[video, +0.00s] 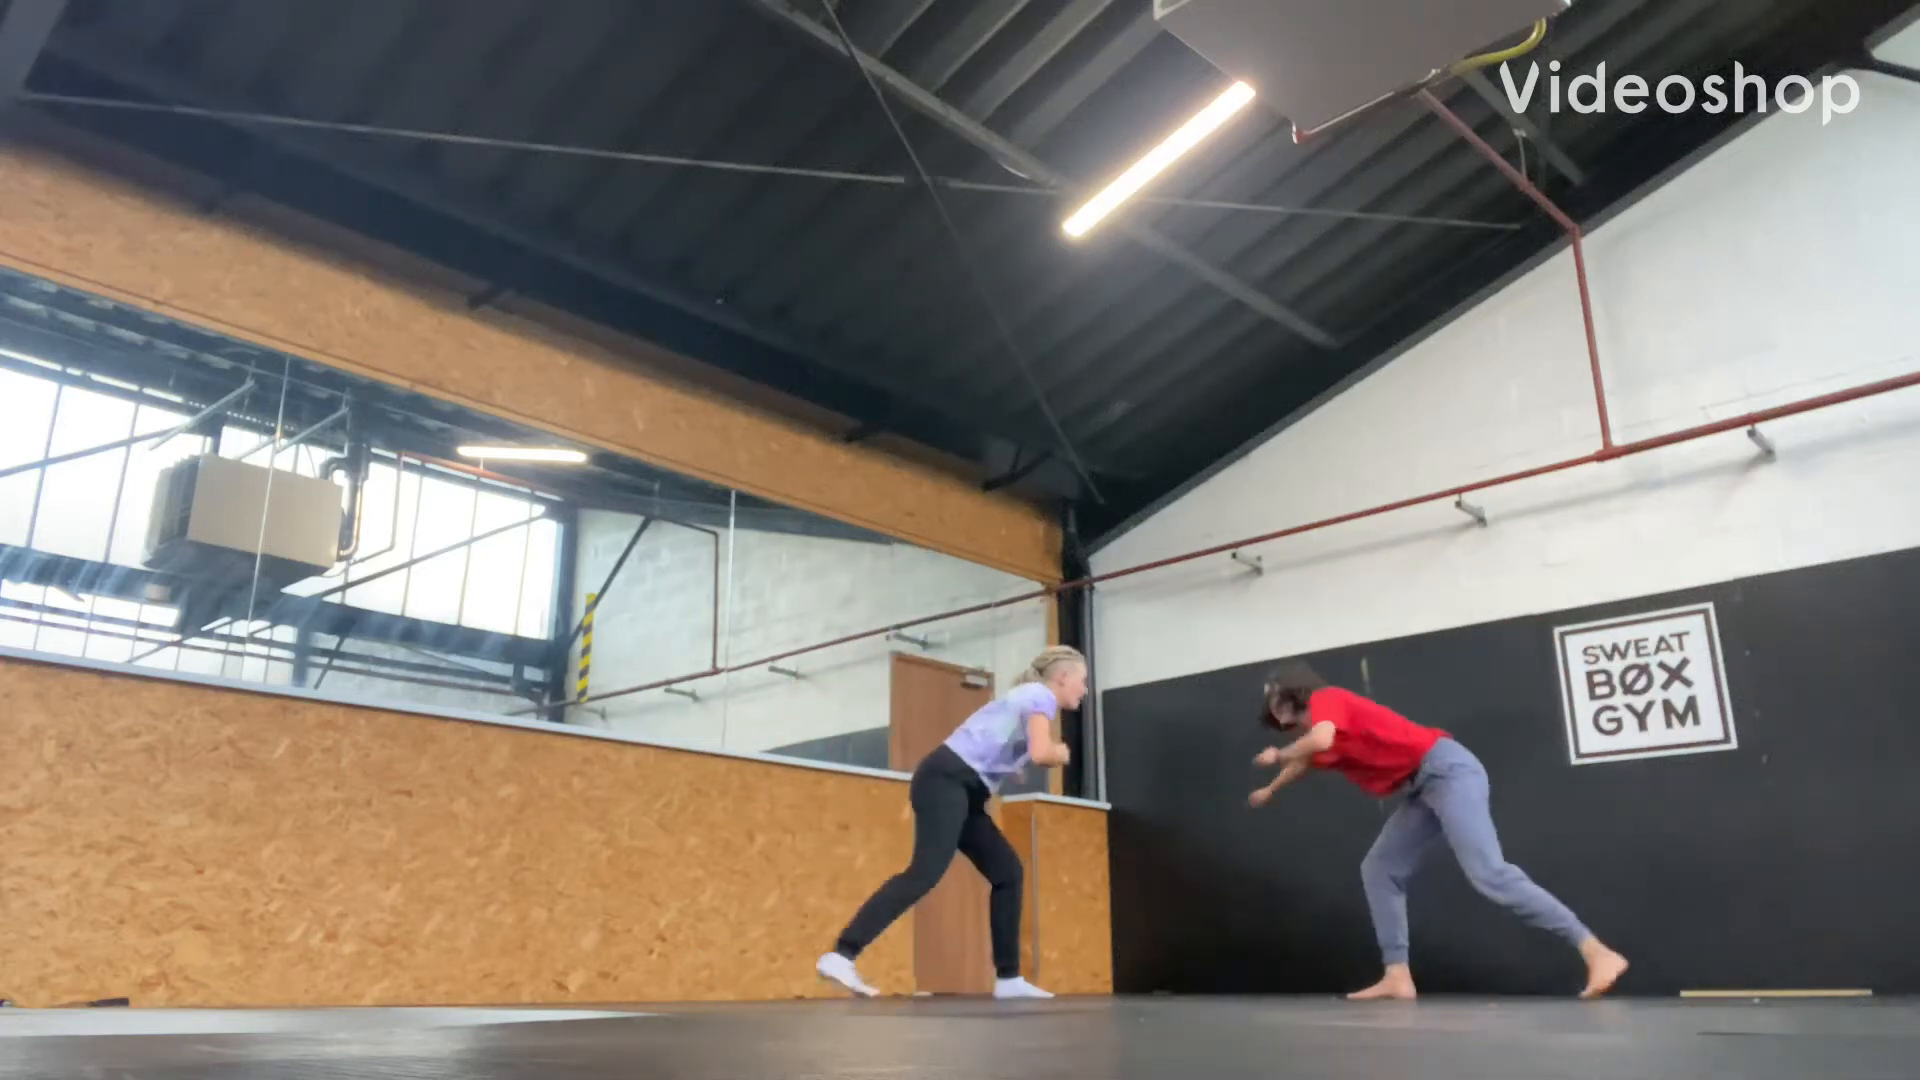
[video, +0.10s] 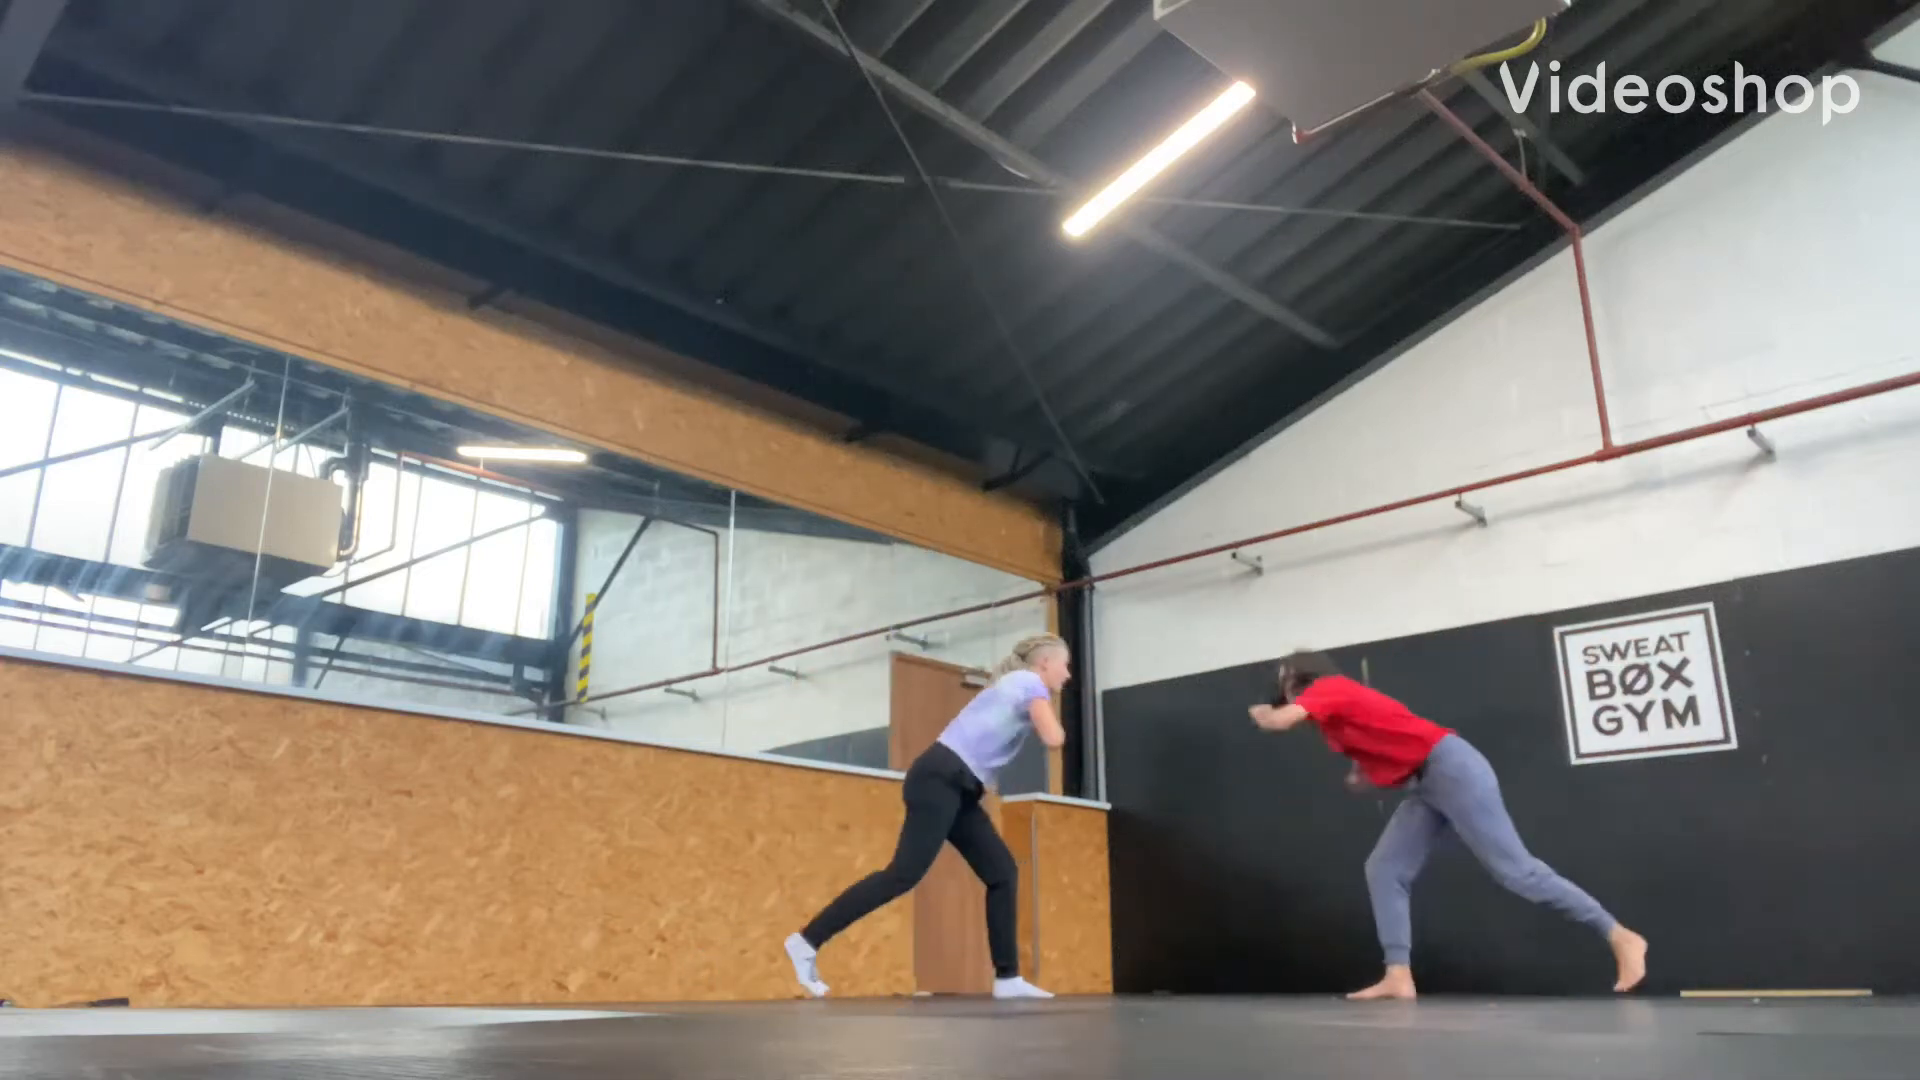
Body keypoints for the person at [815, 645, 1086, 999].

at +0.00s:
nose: (1085, 691)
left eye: (1086, 683)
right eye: (1082, 681)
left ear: (1056, 679)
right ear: (1061, 677)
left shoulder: (1030, 699)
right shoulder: (1039, 695)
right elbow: (1040, 751)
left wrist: (1050, 752)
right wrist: (1062, 753)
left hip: (965, 795)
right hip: (945, 780)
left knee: (1007, 873)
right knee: (925, 873)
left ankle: (1009, 981)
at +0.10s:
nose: (1068, 675)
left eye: (1069, 667)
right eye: (1065, 665)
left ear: (1036, 664)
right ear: (1043, 661)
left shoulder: (1013, 685)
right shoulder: (1028, 683)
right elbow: (1053, 737)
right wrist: (1052, 723)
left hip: (960, 793)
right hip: (940, 778)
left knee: (1002, 873)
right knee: (903, 874)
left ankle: (1008, 979)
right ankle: (806, 942)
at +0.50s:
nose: (998, 662)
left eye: (998, 654)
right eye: (994, 653)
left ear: (968, 655)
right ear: (973, 652)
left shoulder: (936, 687)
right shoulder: (957, 681)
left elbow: (890, 743)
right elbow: (974, 739)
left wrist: (861, 794)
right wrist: (988, 703)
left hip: (925, 807)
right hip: (903, 800)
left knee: (993, 870)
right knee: (869, 897)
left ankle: (1017, 974)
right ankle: (783, 970)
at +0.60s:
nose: (1013, 655)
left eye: (1013, 647)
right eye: (1010, 646)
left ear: (977, 647)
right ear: (991, 643)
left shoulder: (947, 684)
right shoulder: (987, 670)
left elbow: (902, 742)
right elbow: (1015, 727)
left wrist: (903, 789)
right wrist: (1009, 704)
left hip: (939, 794)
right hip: (926, 787)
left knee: (1000, 872)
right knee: (890, 886)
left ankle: (1019, 978)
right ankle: (800, 958)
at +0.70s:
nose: (1033, 652)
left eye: (1033, 646)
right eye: (1030, 644)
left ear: (1000, 646)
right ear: (1012, 643)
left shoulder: (977, 677)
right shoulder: (1008, 668)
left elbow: (930, 736)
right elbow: (1044, 716)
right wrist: (1036, 698)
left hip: (954, 785)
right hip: (947, 781)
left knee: (1013, 872)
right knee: (935, 885)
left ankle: (1021, 978)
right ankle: (837, 934)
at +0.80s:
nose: (1056, 661)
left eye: (1056, 653)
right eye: (1052, 652)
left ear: (1023, 652)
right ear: (1030, 650)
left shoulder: (1002, 680)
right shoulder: (1023, 675)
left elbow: (972, 740)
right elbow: (1063, 728)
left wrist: (1001, 775)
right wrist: (1049, 704)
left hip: (966, 787)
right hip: (953, 783)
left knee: (1022, 871)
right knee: (982, 876)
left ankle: (1022, 979)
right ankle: (894, 941)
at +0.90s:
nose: (1065, 657)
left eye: (1066, 648)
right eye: (1061, 647)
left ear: (1035, 647)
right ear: (1038, 643)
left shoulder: (1014, 678)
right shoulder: (1028, 671)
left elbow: (998, 761)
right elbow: (1064, 727)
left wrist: (1041, 777)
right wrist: (1076, 728)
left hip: (980, 789)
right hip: (964, 783)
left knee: (1032, 871)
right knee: (996, 868)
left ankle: (1022, 979)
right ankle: (924, 961)